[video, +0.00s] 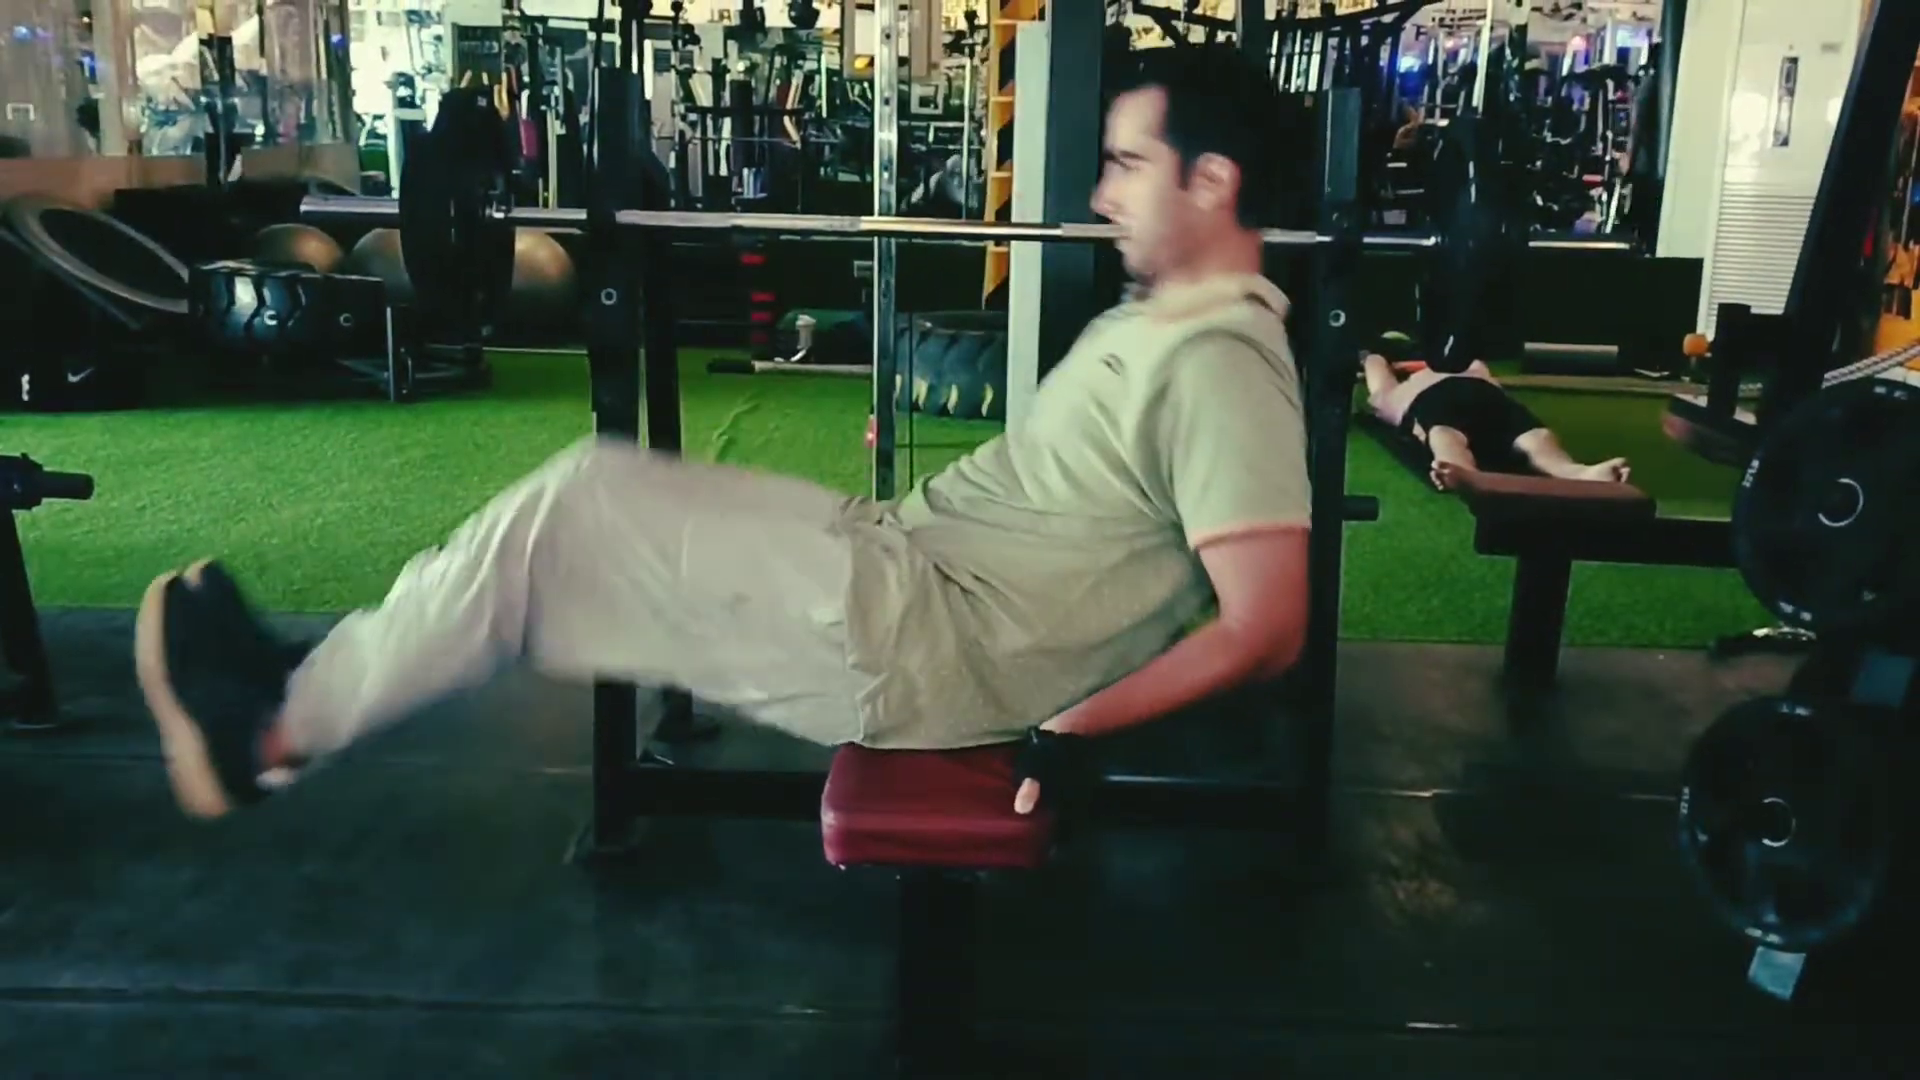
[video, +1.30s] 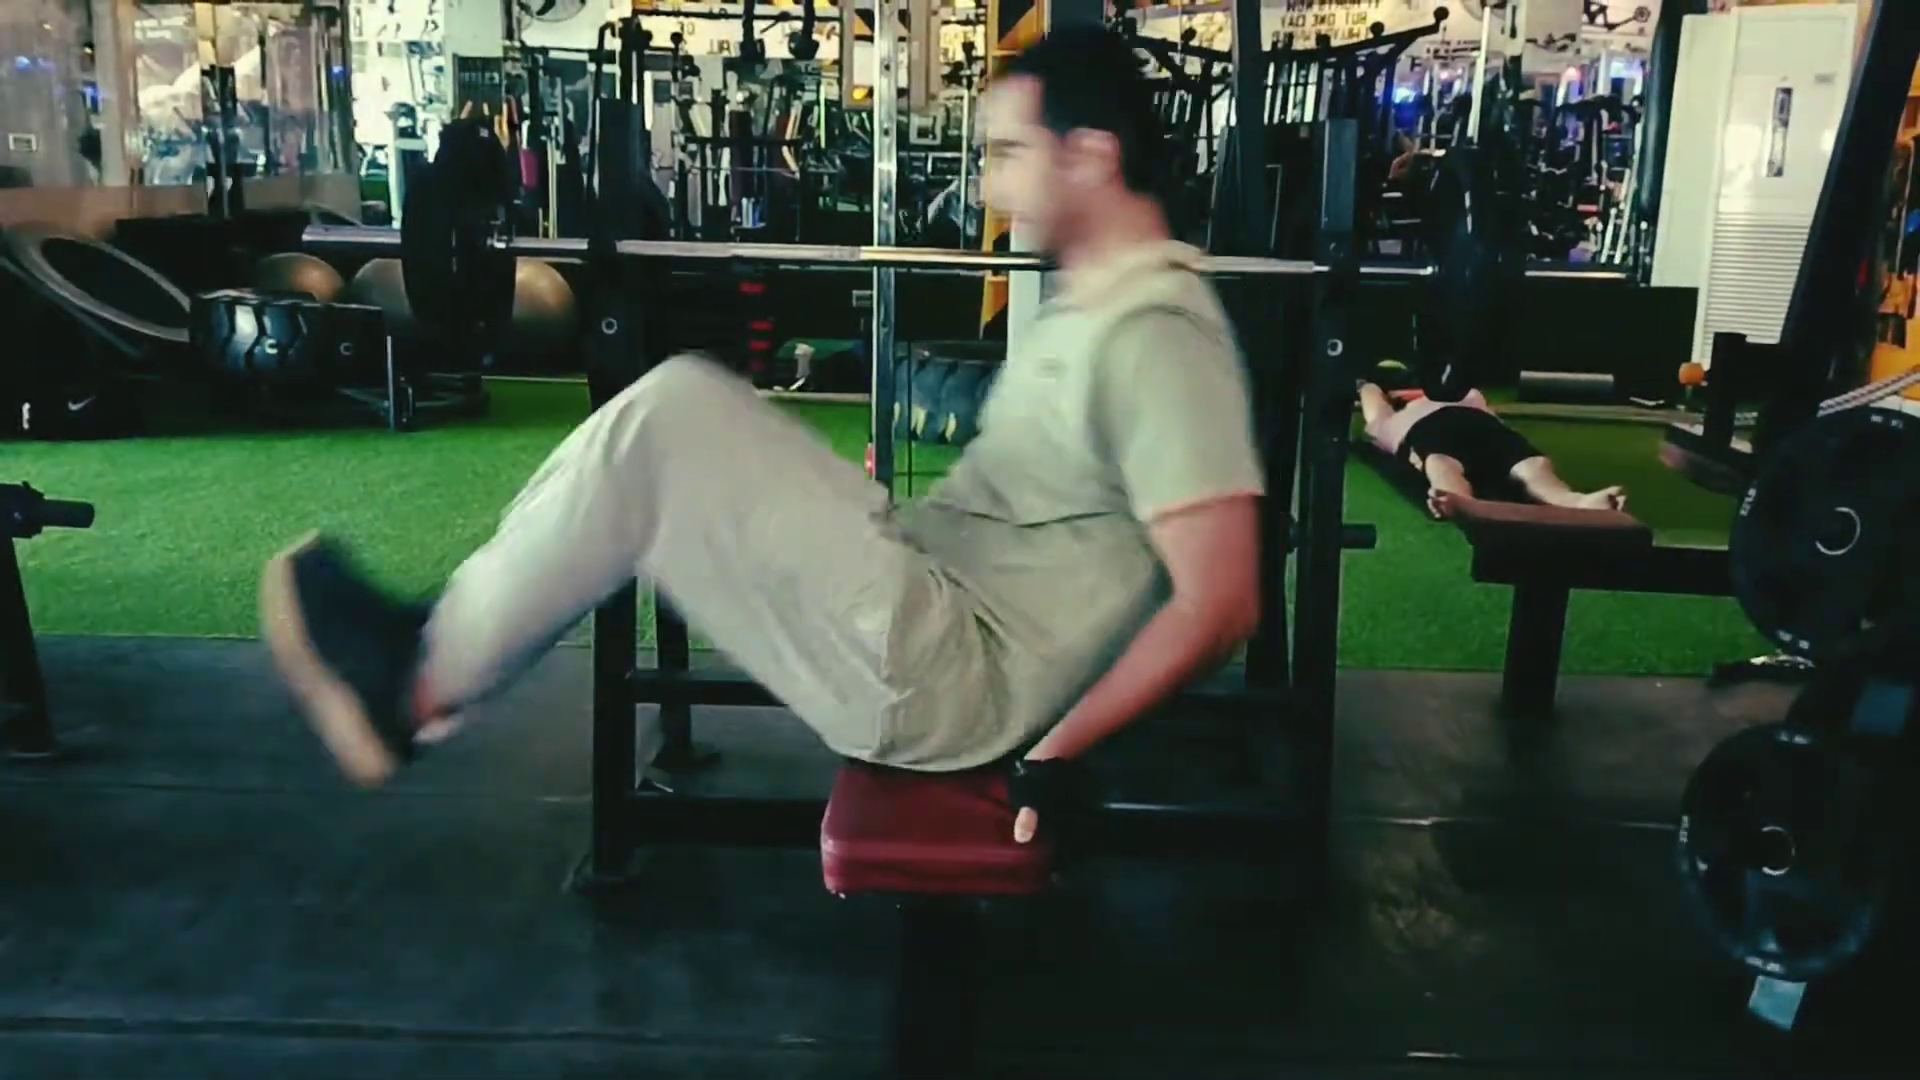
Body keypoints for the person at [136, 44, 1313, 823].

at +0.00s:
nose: (1104, 197)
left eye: (1129, 168)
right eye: (1108, 169)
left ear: (1218, 184)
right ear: (1202, 188)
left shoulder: (1220, 354)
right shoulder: (1168, 324)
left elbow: (1268, 622)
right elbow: (1206, 575)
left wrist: (1084, 723)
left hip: (939, 640)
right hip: (910, 580)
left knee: (579, 510)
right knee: (588, 488)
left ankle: (262, 743)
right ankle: (297, 690)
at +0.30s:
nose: (1089, 186)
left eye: (1112, 160)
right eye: (1091, 160)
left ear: (1201, 177)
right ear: (1183, 180)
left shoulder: (1216, 343)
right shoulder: (1161, 316)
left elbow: (1250, 618)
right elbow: (1178, 562)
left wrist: (1065, 727)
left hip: (943, 649)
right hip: (915, 581)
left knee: (599, 512)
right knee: (609, 484)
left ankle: (315, 756)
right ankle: (344, 712)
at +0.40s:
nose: (989, 179)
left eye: (1007, 146)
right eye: (988, 148)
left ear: (1095, 151)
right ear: (1089, 152)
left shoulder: (1146, 318)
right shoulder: (1089, 296)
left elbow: (1221, 586)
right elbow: (1060, 515)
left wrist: (1045, 736)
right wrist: (900, 518)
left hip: (959, 668)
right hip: (932, 614)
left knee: (665, 410)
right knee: (666, 406)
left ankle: (412, 684)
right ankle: (419, 669)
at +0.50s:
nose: (896, 181)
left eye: (911, 146)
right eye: (894, 150)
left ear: (995, 147)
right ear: (989, 150)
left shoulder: (1066, 309)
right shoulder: (1019, 293)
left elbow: (1190, 564)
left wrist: (1039, 744)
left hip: (937, 680)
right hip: (918, 646)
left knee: (730, 345)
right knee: (717, 348)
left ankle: (483, 632)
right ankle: (486, 610)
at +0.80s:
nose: (1013, 194)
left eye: (1031, 167)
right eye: (1013, 166)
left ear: (1119, 176)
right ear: (1110, 173)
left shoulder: (1159, 341)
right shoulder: (1111, 312)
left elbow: (1238, 611)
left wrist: (1047, 744)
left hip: (952, 675)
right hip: (931, 606)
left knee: (628, 453)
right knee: (652, 426)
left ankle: (385, 737)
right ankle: (411, 698)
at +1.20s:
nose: (1078, 203)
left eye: (1100, 176)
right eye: (1080, 177)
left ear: (1191, 187)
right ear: (1162, 191)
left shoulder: (1215, 358)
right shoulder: (1157, 328)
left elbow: (1250, 630)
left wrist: (1057, 751)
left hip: (954, 667)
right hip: (924, 610)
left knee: (611, 501)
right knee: (614, 492)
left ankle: (330, 750)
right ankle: (347, 722)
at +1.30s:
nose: (987, 186)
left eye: (1006, 154)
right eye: (986, 156)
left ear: (1096, 159)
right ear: (1088, 160)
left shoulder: (1156, 325)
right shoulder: (1081, 296)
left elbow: (1220, 598)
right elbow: (1032, 502)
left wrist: (1044, 760)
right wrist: (894, 525)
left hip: (963, 684)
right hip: (933, 630)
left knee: (678, 409)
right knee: (677, 410)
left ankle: (421, 688)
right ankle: (428, 674)